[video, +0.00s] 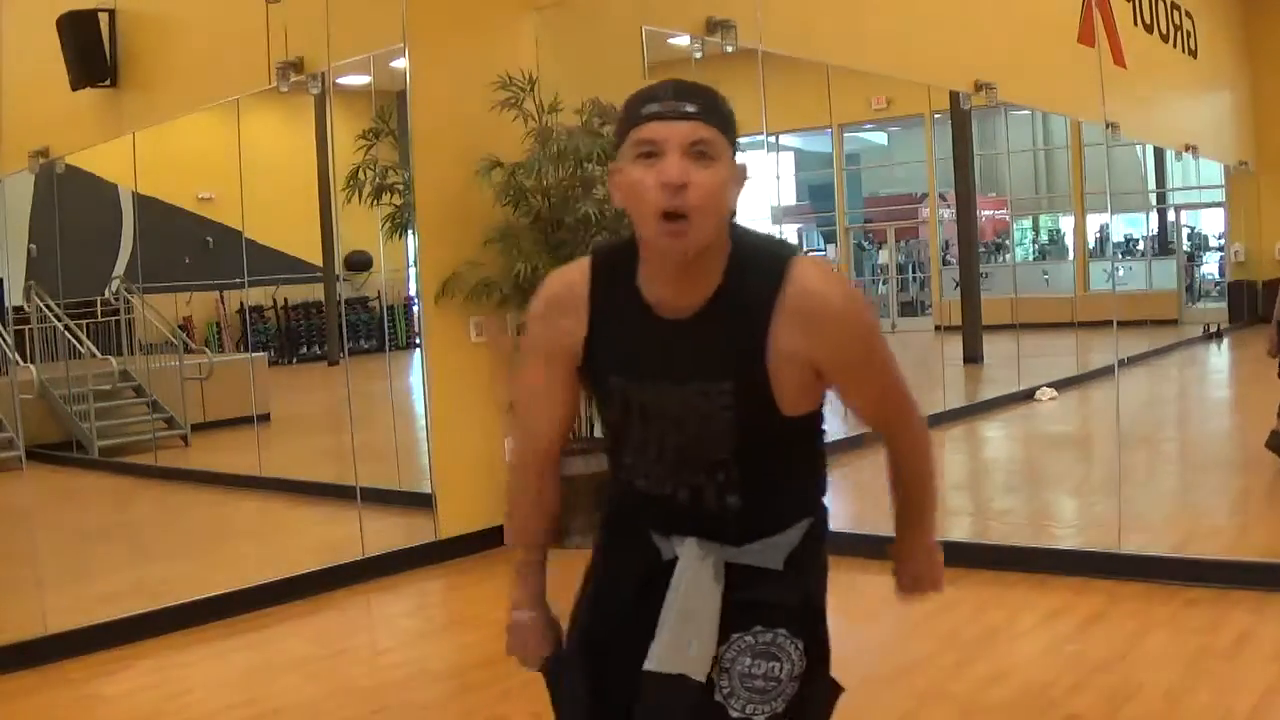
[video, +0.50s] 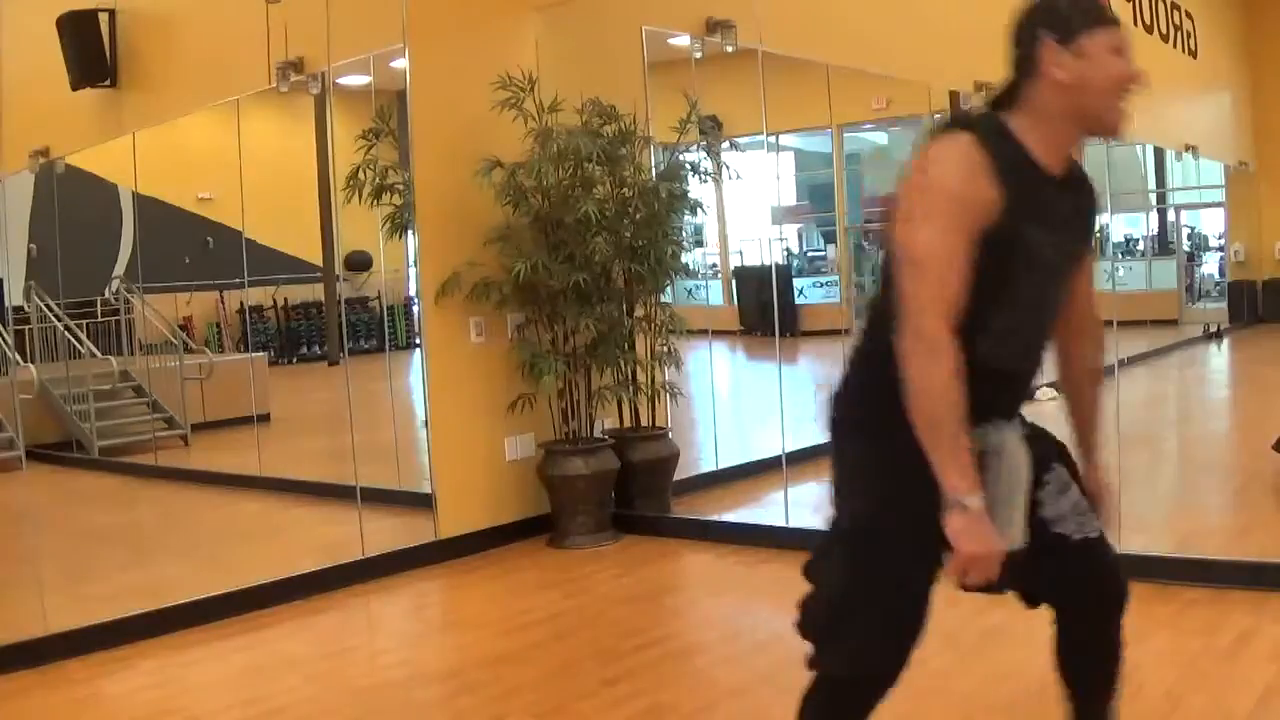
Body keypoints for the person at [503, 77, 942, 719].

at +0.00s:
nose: (673, 176)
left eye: (700, 155)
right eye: (648, 155)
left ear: (736, 181)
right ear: (616, 184)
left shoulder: (810, 299)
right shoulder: (571, 300)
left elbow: (905, 428)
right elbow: (535, 455)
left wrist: (918, 547)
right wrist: (527, 599)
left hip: (763, 577)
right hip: (634, 568)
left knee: (759, 706)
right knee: (594, 700)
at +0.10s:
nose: (725, 168)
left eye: (751, 151)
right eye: (700, 150)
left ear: (782, 181)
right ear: (669, 183)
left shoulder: (855, 292)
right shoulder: (619, 309)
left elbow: (928, 380)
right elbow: (572, 471)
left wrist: (924, 464)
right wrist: (538, 638)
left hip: (804, 576)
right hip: (675, 571)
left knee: (797, 705)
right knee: (636, 701)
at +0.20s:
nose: (797, 146)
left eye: (816, 130)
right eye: (770, 131)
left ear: (840, 156)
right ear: (732, 165)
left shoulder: (904, 273)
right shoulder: (673, 293)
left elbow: (927, 346)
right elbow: (643, 446)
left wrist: (841, 427)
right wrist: (663, 573)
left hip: (850, 560)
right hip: (720, 561)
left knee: (844, 705)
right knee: (678, 704)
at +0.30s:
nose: (918, 80)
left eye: (922, 66)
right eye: (891, 66)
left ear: (934, 88)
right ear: (826, 90)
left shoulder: (961, 209)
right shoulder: (750, 218)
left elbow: (936, 330)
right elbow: (739, 366)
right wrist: (820, 465)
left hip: (913, 495)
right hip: (781, 500)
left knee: (918, 697)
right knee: (747, 703)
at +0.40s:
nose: (1037, 41)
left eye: (1033, 23)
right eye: (1015, 21)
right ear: (945, 34)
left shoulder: (1014, 167)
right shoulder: (847, 151)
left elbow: (1013, 292)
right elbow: (820, 318)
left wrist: (975, 391)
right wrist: (907, 448)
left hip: (958, 432)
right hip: (845, 439)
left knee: (1024, 615)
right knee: (806, 659)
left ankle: (973, 711)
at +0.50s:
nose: (1133, 74)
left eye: (1129, 56)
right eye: (1116, 53)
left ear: (1068, 65)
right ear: (1055, 60)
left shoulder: (1072, 189)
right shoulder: (957, 161)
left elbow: (1077, 331)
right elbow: (922, 334)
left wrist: (1088, 459)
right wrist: (964, 501)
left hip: (992, 428)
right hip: (895, 431)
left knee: (1092, 584)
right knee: (869, 647)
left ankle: (1092, 712)